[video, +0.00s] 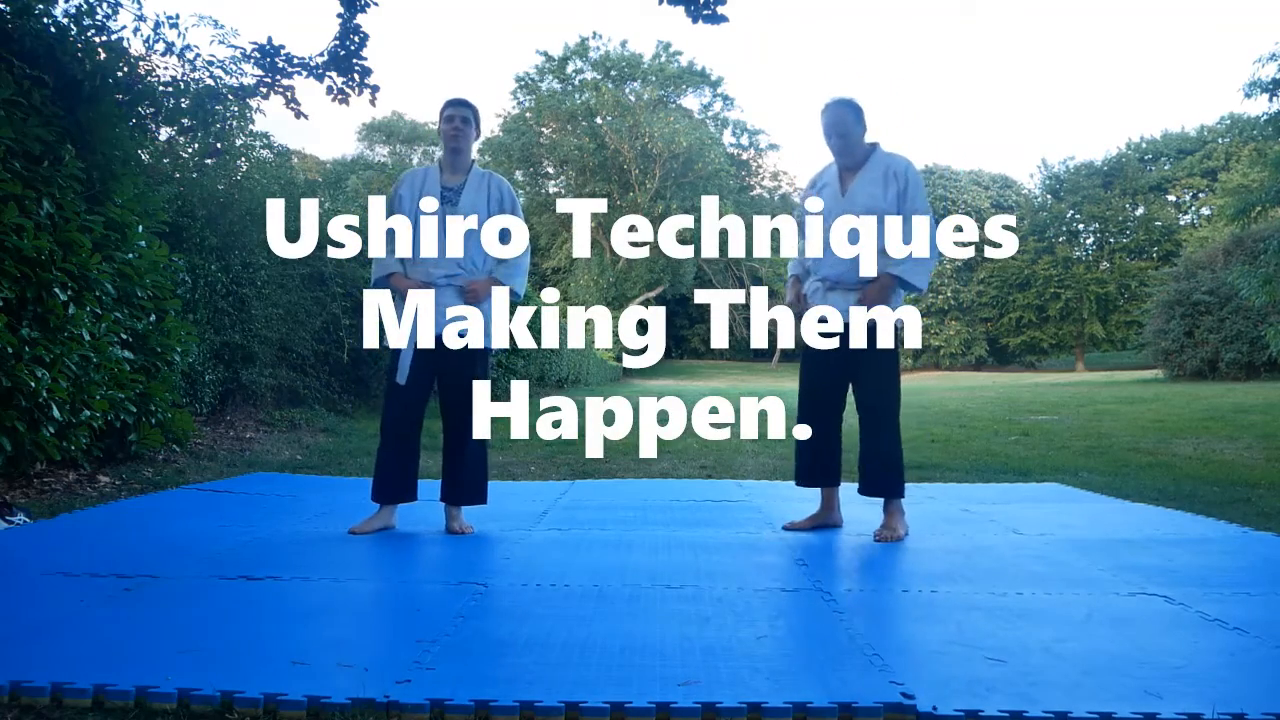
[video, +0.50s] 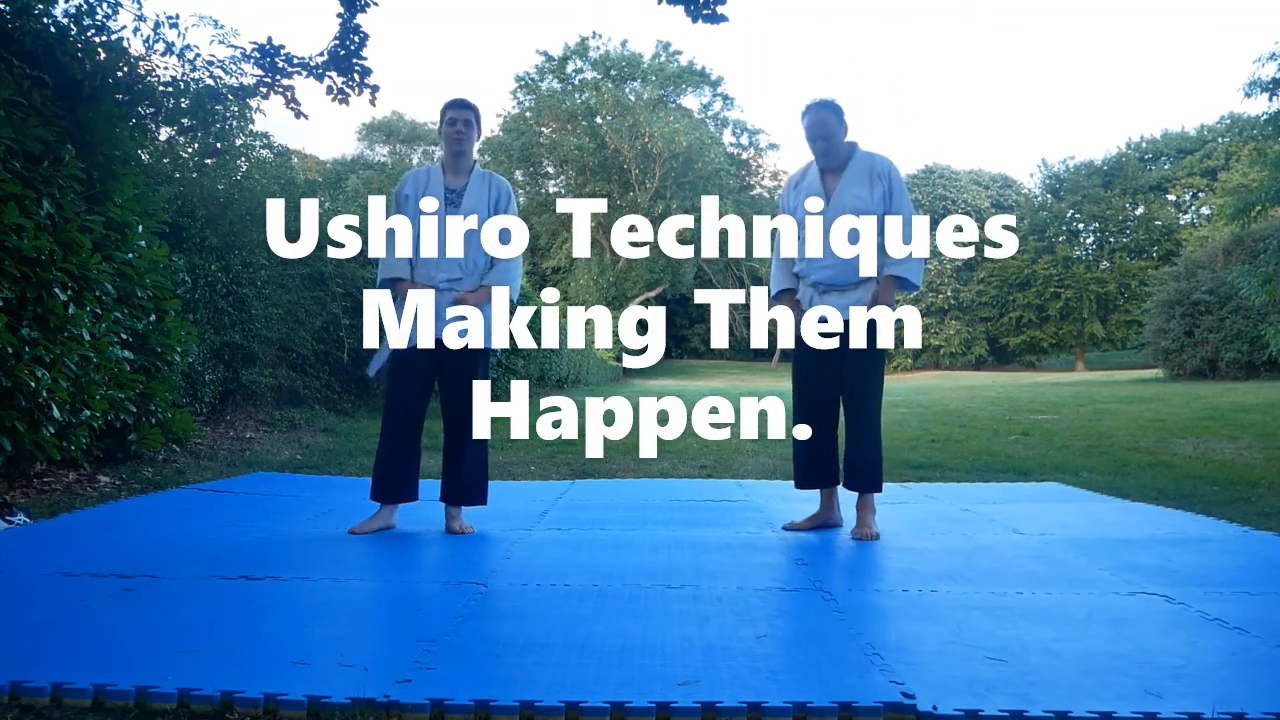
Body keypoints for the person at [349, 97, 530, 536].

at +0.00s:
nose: (455, 127)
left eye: (463, 122)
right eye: (448, 121)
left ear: (476, 133)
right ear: (438, 130)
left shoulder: (498, 188)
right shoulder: (410, 183)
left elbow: (517, 249)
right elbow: (386, 238)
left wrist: (492, 283)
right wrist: (397, 277)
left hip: (470, 313)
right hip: (415, 310)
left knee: (463, 412)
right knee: (400, 408)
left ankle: (455, 509)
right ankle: (387, 508)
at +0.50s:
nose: (458, 130)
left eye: (466, 125)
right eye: (452, 123)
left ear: (478, 135)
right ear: (440, 131)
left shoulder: (498, 189)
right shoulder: (412, 183)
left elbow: (510, 258)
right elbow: (396, 243)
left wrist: (483, 293)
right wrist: (404, 287)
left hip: (471, 314)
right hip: (415, 308)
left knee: (463, 411)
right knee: (401, 406)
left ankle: (455, 509)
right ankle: (387, 508)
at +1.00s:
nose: (441, 132)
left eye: (448, 125)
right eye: (434, 126)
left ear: (462, 132)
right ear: (424, 134)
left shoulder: (485, 185)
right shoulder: (402, 184)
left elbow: (489, 249)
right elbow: (386, 250)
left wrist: (443, 270)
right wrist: (415, 281)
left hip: (462, 316)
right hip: (408, 315)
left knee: (459, 413)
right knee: (396, 409)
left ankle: (454, 511)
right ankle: (387, 509)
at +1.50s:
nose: (419, 134)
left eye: (427, 127)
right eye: (412, 127)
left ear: (440, 132)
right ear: (402, 133)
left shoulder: (464, 183)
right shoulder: (380, 184)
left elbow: (483, 248)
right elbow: (362, 247)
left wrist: (443, 269)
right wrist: (396, 270)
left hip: (451, 311)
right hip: (394, 312)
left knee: (460, 406)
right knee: (386, 406)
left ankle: (468, 503)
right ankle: (386, 508)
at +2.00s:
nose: (452, 133)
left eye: (460, 127)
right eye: (446, 126)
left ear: (473, 137)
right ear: (434, 132)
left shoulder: (490, 188)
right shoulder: (405, 183)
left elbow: (501, 253)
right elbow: (382, 249)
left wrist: (458, 264)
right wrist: (413, 269)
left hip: (468, 316)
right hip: (411, 314)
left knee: (469, 412)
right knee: (396, 409)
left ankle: (475, 509)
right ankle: (387, 509)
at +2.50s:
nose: (455, 133)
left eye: (463, 128)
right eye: (449, 126)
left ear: (476, 138)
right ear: (437, 134)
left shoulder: (493, 189)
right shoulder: (408, 184)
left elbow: (507, 256)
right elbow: (388, 248)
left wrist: (462, 271)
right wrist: (413, 272)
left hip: (470, 320)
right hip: (413, 318)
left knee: (473, 414)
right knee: (399, 409)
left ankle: (475, 512)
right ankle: (387, 509)